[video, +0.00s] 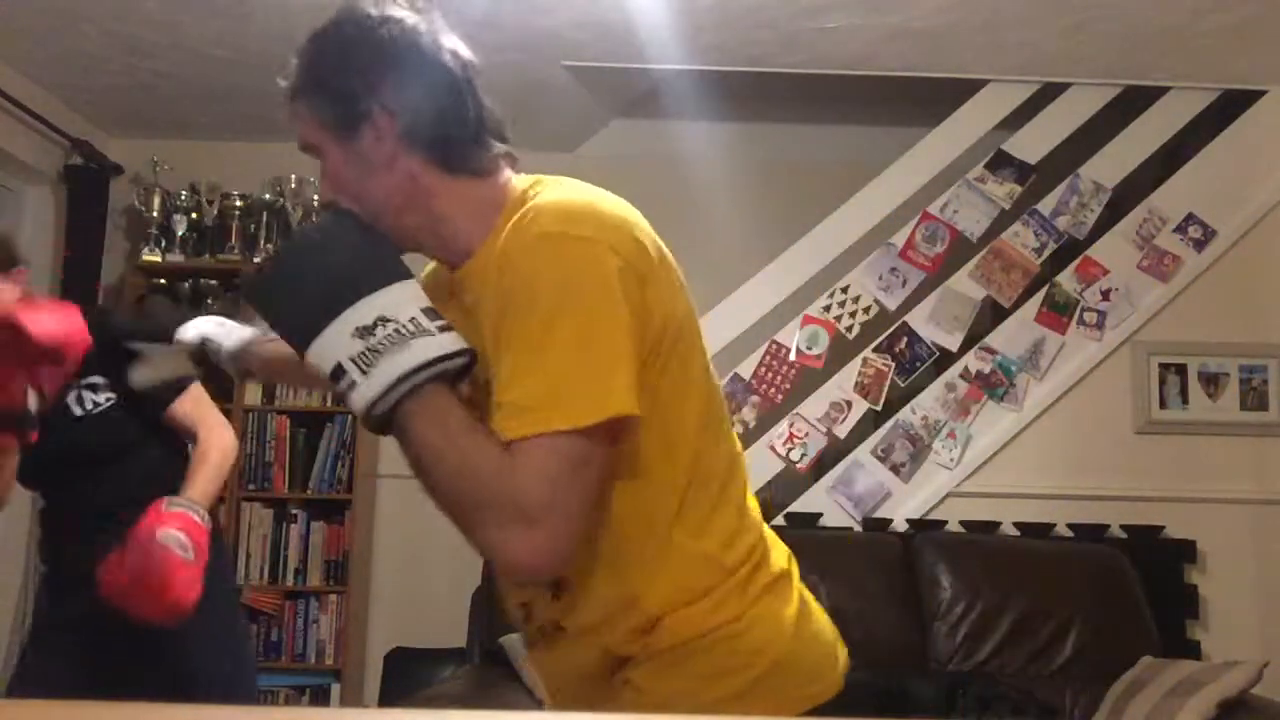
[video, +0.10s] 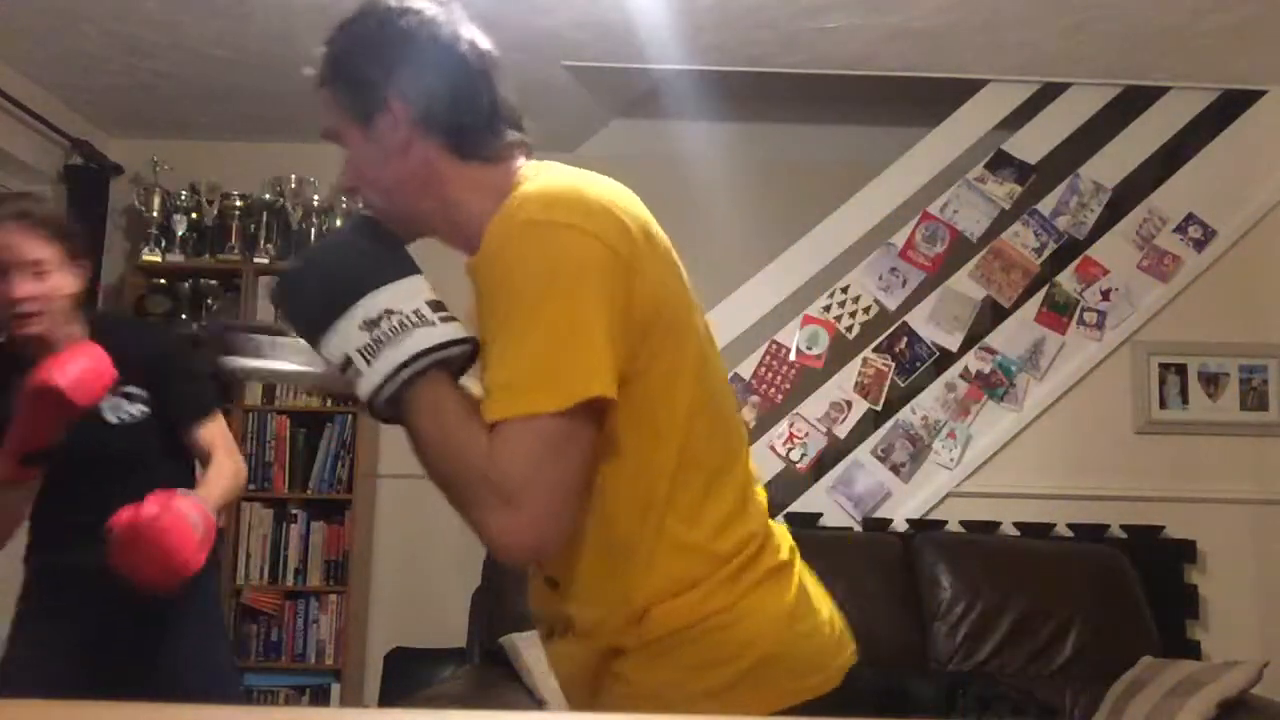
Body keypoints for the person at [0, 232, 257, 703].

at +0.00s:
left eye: (1, 286)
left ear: (19, 280)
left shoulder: (108, 340)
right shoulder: (13, 379)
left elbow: (218, 435)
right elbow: (5, 493)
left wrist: (186, 518)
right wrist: (14, 406)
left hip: (172, 559)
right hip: (72, 578)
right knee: (44, 705)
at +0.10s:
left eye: (37, 271)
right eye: (6, 274)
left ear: (79, 274)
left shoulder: (149, 350)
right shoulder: (9, 376)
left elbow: (229, 461)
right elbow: (3, 530)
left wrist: (194, 510)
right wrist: (28, 438)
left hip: (170, 613)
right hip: (59, 613)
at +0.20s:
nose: (85, 277)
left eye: (103, 256)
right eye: (65, 256)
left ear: (130, 265)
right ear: (33, 262)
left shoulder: (171, 347)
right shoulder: (15, 346)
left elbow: (221, 467)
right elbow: (5, 517)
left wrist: (203, 498)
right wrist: (45, 451)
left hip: (172, 604)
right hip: (55, 607)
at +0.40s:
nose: (122, 282)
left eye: (139, 262)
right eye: (103, 259)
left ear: (158, 266)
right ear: (63, 259)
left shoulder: (194, 344)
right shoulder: (27, 351)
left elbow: (227, 465)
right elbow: (6, 503)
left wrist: (256, 468)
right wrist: (67, 411)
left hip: (193, 606)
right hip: (79, 605)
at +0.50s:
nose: (157, 292)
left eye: (175, 274)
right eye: (138, 268)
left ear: (192, 280)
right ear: (95, 265)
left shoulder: (218, 344)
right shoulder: (48, 351)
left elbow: (291, 479)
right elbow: (18, 510)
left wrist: (309, 435)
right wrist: (85, 418)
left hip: (216, 627)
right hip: (96, 628)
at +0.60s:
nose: (219, 301)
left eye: (236, 286)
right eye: (201, 280)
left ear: (250, 289)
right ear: (157, 275)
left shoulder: (256, 356)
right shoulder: (102, 350)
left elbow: (341, 469)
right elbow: (50, 511)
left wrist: (382, 395)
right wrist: (118, 411)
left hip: (226, 633)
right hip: (109, 635)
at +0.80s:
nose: (250, 285)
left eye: (264, 271)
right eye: (235, 265)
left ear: (275, 281)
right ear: (197, 262)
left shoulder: (265, 355)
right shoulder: (108, 333)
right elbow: (133, 441)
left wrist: (424, 445)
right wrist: (194, 320)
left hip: (218, 628)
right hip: (96, 625)